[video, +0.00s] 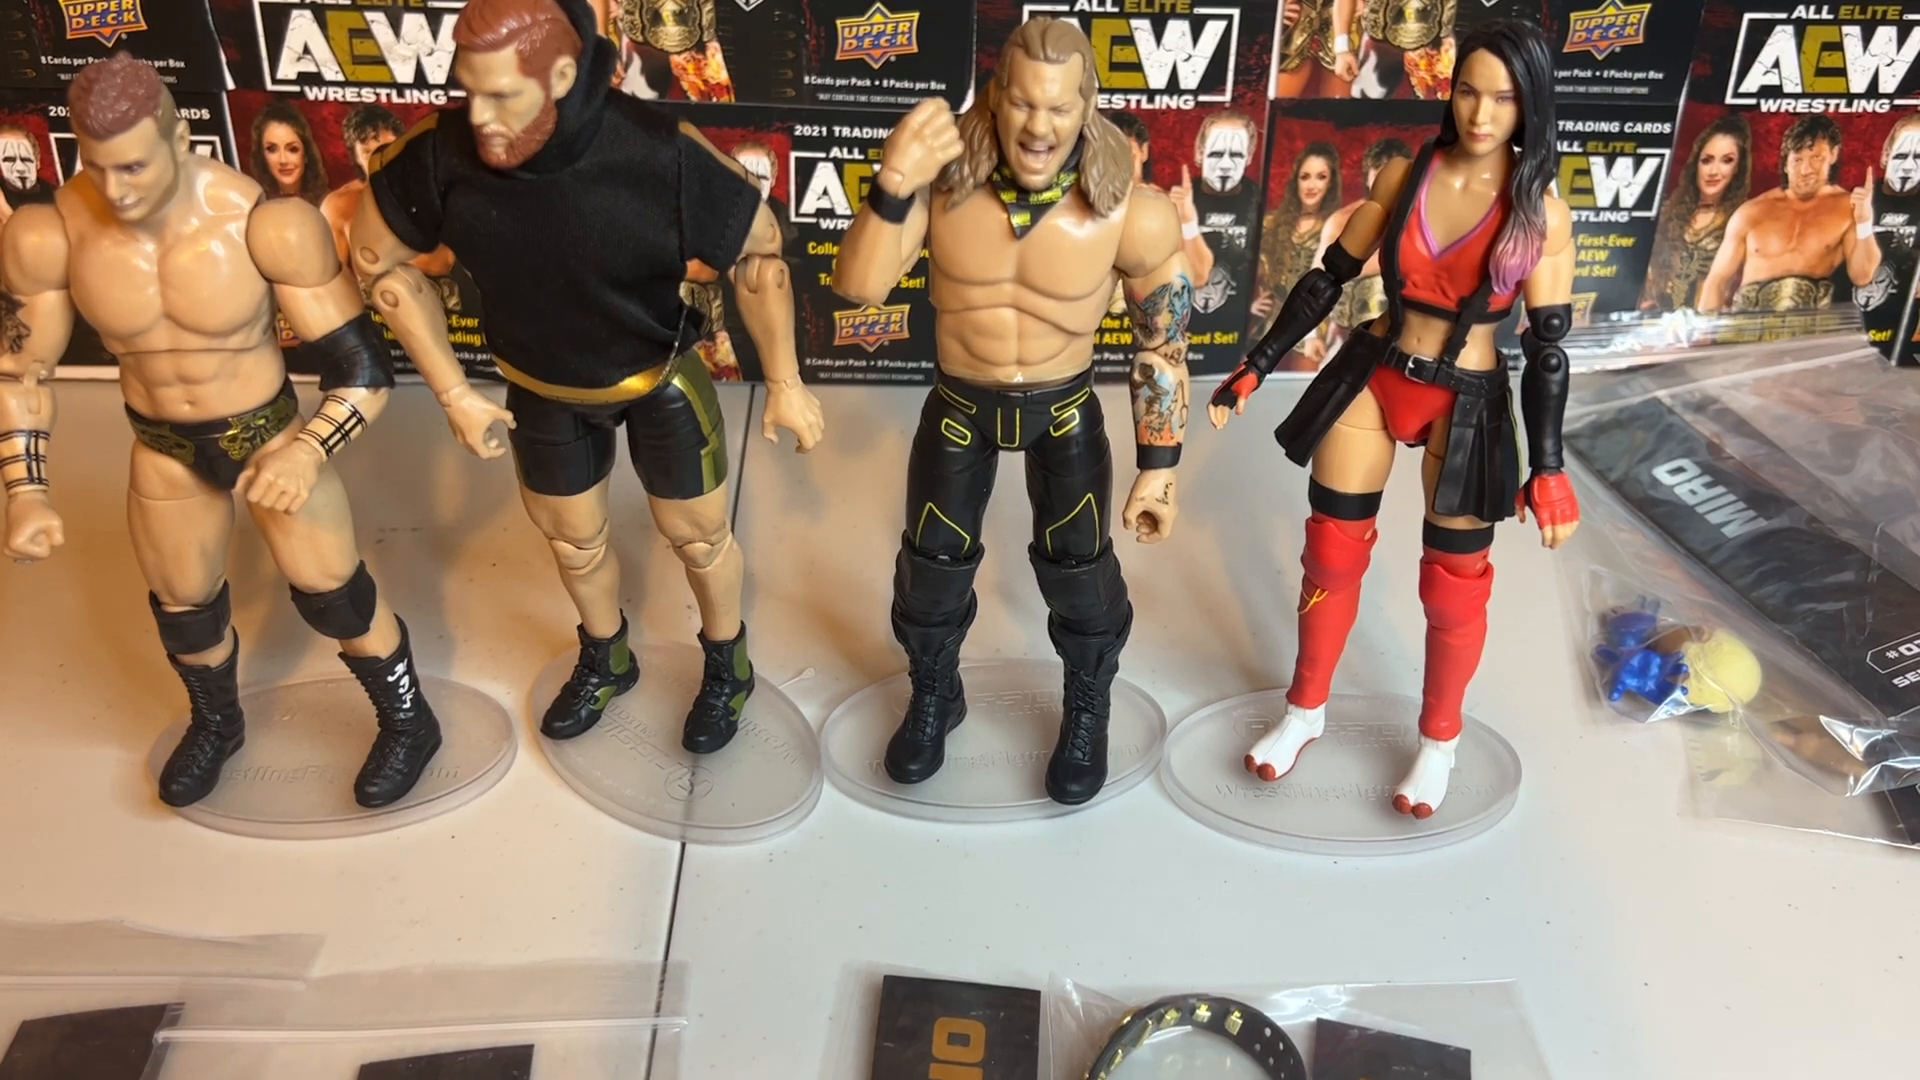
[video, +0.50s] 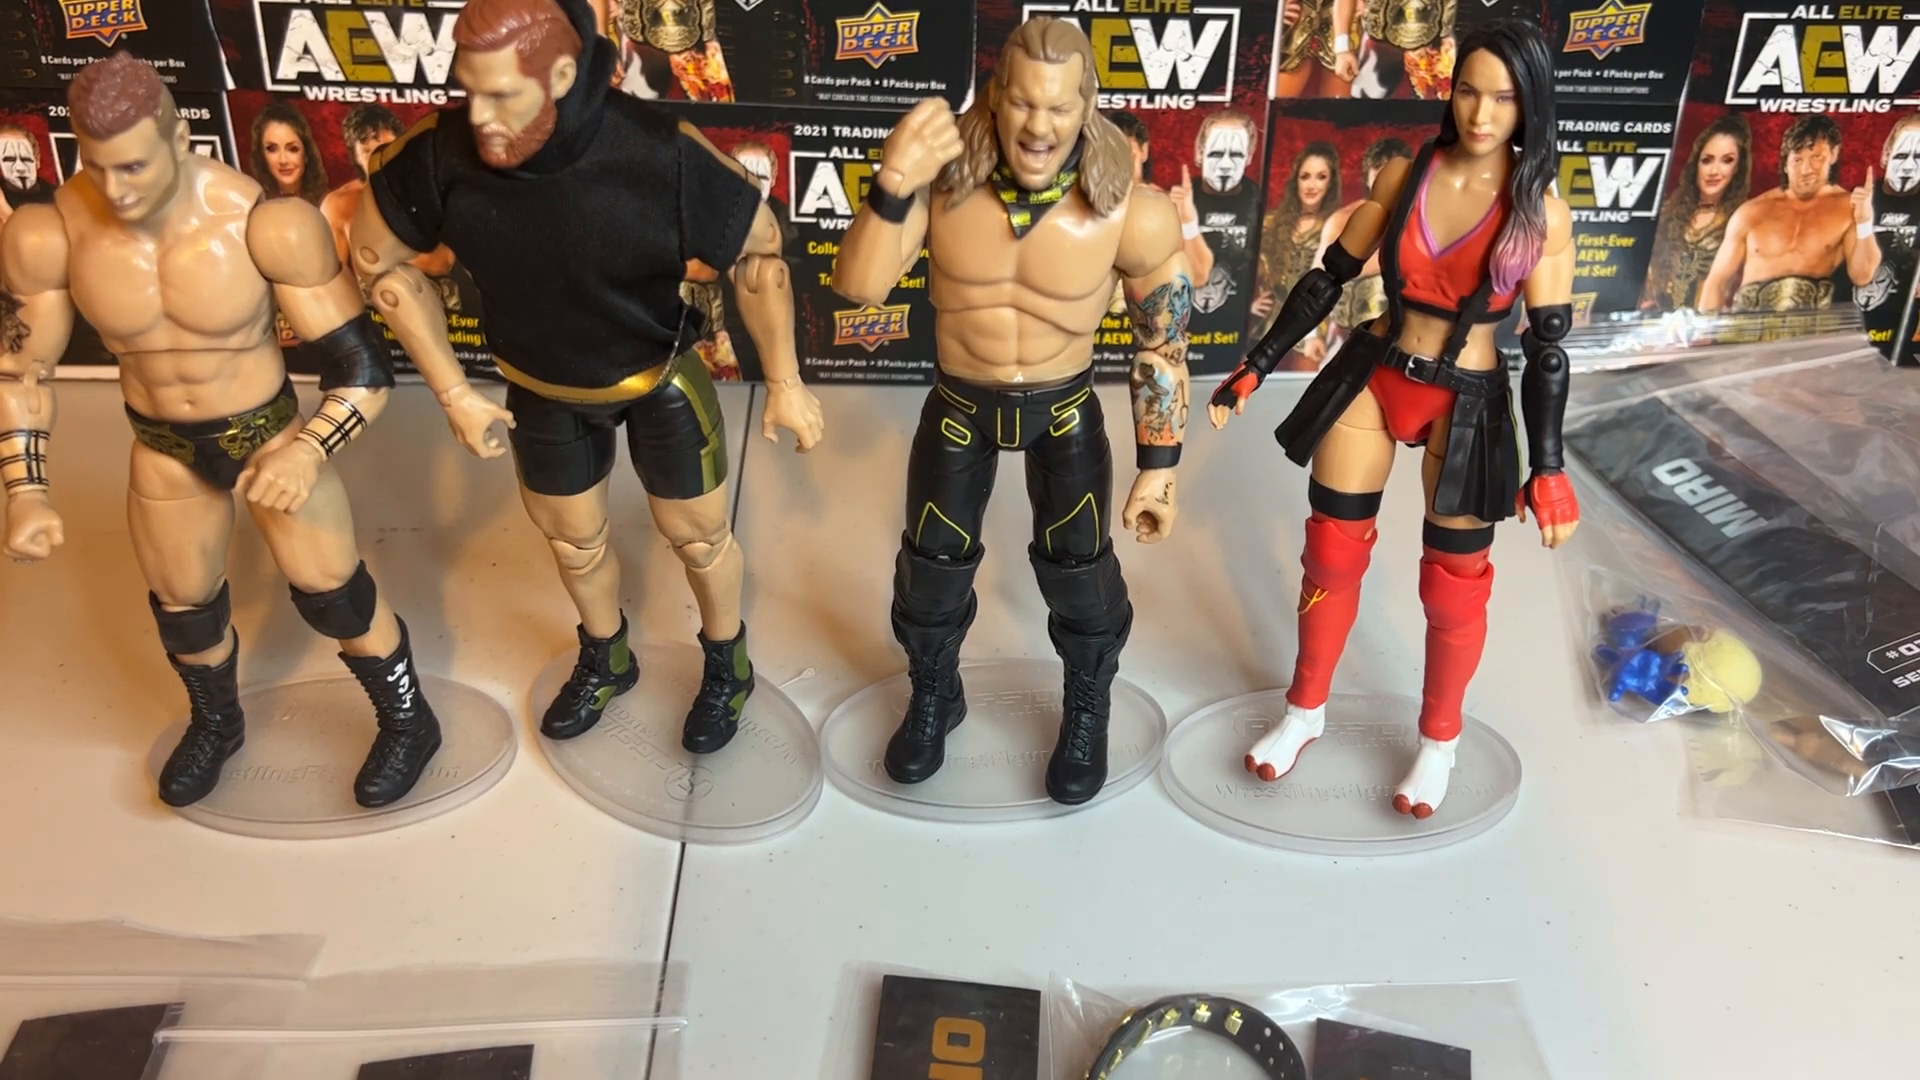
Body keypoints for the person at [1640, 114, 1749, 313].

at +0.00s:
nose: (1714, 171)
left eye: (1727, 160)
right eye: (1706, 160)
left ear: (1738, 168)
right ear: (1695, 164)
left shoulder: (1742, 219)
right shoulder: (1670, 213)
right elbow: (1653, 267)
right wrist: (1649, 299)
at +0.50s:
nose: (1714, 171)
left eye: (1727, 160)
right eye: (1706, 160)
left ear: (1739, 168)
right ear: (1695, 164)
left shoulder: (1743, 218)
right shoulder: (1671, 212)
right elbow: (1655, 265)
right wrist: (1649, 298)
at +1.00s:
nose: (1714, 171)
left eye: (1727, 161)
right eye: (1706, 160)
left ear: (1738, 168)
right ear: (1695, 164)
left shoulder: (1742, 219)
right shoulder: (1670, 213)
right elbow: (1655, 267)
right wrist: (1649, 299)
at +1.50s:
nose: (1714, 171)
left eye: (1727, 161)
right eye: (1707, 160)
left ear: (1739, 168)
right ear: (1695, 164)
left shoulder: (1742, 220)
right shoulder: (1670, 213)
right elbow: (1654, 267)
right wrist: (1649, 299)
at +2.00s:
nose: (1714, 171)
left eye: (1727, 160)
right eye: (1706, 160)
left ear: (1739, 167)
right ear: (1695, 164)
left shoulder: (1743, 219)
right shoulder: (1671, 212)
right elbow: (1654, 265)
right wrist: (1650, 299)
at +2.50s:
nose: (1714, 171)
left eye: (1727, 161)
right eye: (1707, 160)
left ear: (1738, 168)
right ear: (1695, 164)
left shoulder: (1743, 219)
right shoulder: (1670, 213)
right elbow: (1654, 266)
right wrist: (1650, 299)